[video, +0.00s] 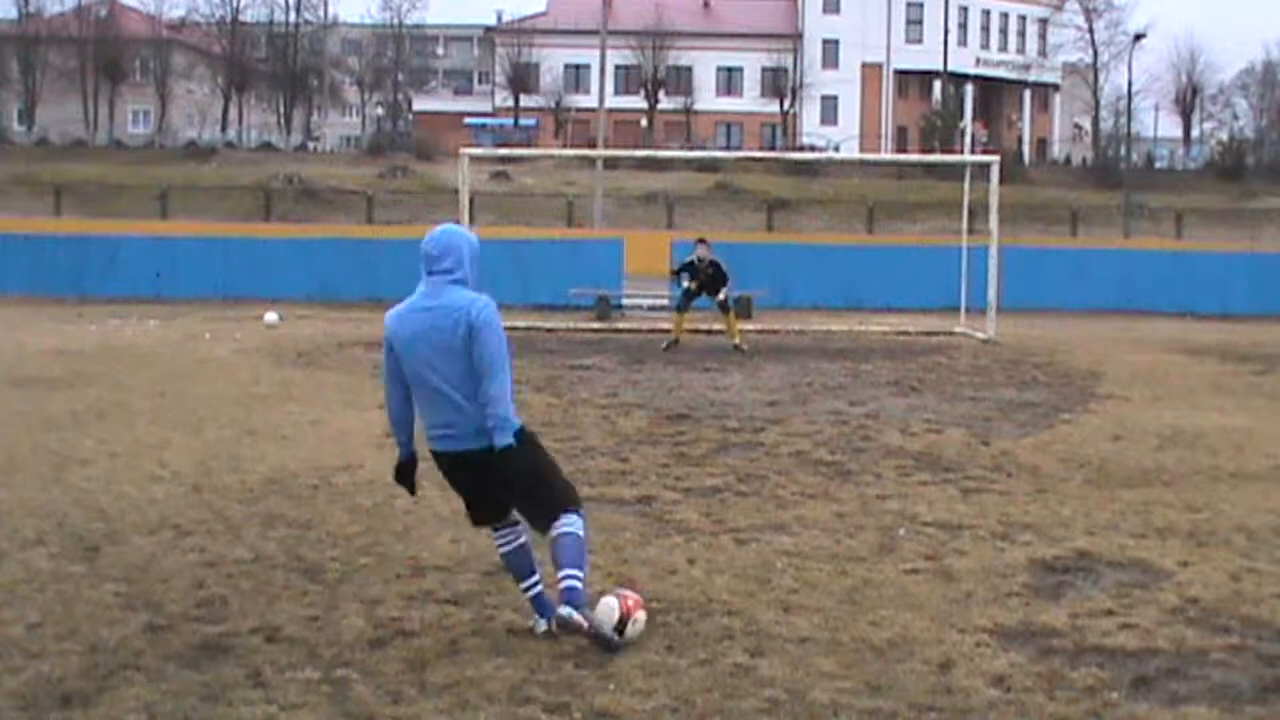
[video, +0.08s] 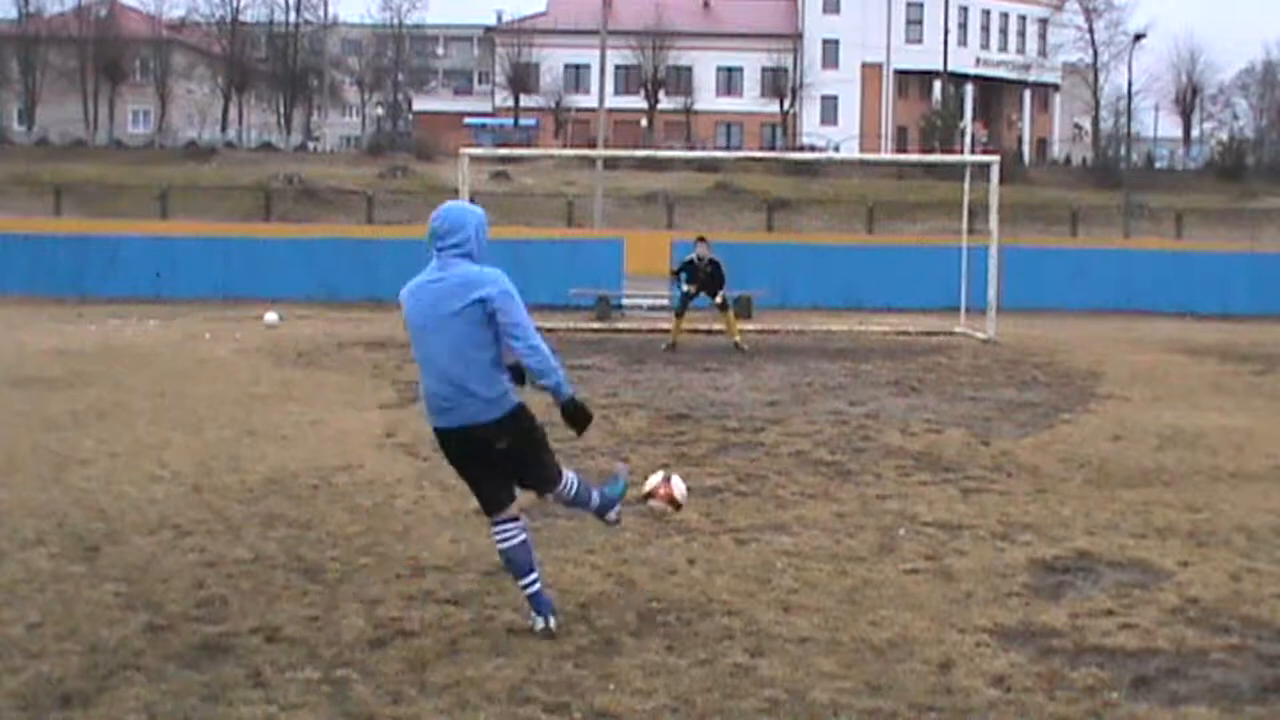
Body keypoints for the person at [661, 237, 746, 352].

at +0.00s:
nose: (701, 253)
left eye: (704, 250)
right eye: (699, 250)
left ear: (708, 252)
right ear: (696, 251)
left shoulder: (714, 265)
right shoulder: (690, 264)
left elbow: (725, 280)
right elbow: (678, 274)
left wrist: (722, 292)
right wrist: (686, 285)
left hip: (713, 288)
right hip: (696, 287)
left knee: (726, 309)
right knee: (681, 307)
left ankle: (736, 340)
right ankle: (675, 337)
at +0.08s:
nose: (702, 250)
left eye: (704, 247)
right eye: (699, 247)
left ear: (708, 249)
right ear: (695, 249)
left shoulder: (715, 264)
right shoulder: (689, 263)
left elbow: (721, 280)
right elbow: (676, 274)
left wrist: (719, 292)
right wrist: (683, 287)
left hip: (711, 287)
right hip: (693, 286)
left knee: (726, 309)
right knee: (679, 312)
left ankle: (737, 339)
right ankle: (673, 341)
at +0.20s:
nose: (701, 253)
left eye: (704, 250)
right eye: (699, 249)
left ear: (707, 252)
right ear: (695, 251)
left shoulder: (713, 268)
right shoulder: (687, 266)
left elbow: (716, 287)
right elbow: (677, 281)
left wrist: (714, 300)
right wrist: (682, 294)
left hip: (709, 290)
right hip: (691, 289)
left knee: (725, 309)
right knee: (677, 310)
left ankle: (732, 339)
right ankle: (672, 340)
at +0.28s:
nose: (701, 256)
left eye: (703, 253)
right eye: (699, 253)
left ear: (707, 256)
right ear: (695, 254)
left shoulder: (712, 272)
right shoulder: (686, 270)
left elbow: (713, 292)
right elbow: (680, 290)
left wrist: (711, 307)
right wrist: (683, 304)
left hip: (708, 295)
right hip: (691, 294)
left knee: (726, 313)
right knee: (679, 315)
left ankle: (733, 341)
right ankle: (672, 341)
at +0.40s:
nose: (701, 261)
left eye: (703, 258)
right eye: (698, 258)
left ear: (707, 261)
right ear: (695, 260)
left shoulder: (710, 276)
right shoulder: (688, 275)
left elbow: (708, 299)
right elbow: (687, 296)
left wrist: (707, 316)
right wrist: (688, 314)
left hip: (706, 298)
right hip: (691, 298)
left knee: (727, 307)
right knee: (676, 310)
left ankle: (732, 340)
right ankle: (673, 340)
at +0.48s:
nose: (716, 296)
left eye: (718, 294)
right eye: (714, 293)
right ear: (708, 286)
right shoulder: (686, 277)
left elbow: (704, 304)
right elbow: (686, 297)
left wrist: (702, 318)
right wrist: (686, 315)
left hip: (704, 293)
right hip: (688, 295)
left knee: (724, 313)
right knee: (673, 312)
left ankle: (732, 341)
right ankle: (674, 340)